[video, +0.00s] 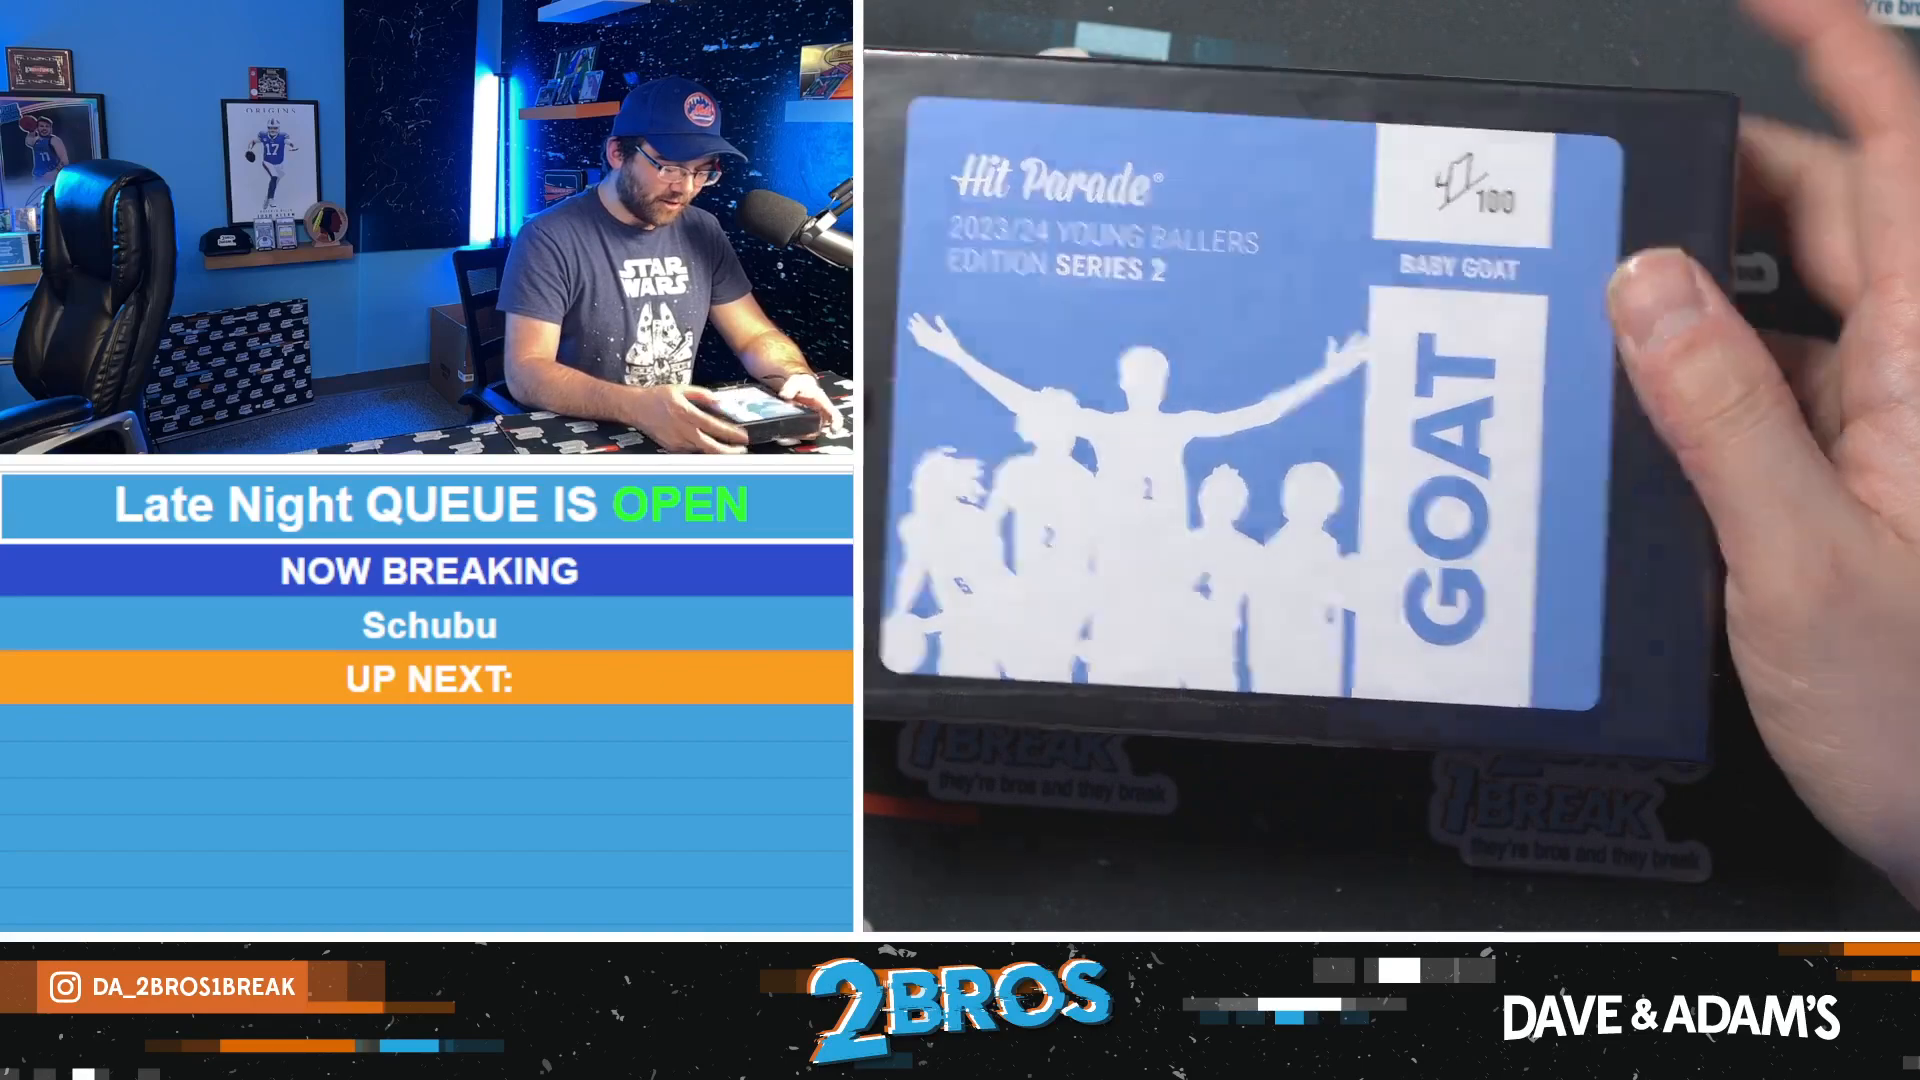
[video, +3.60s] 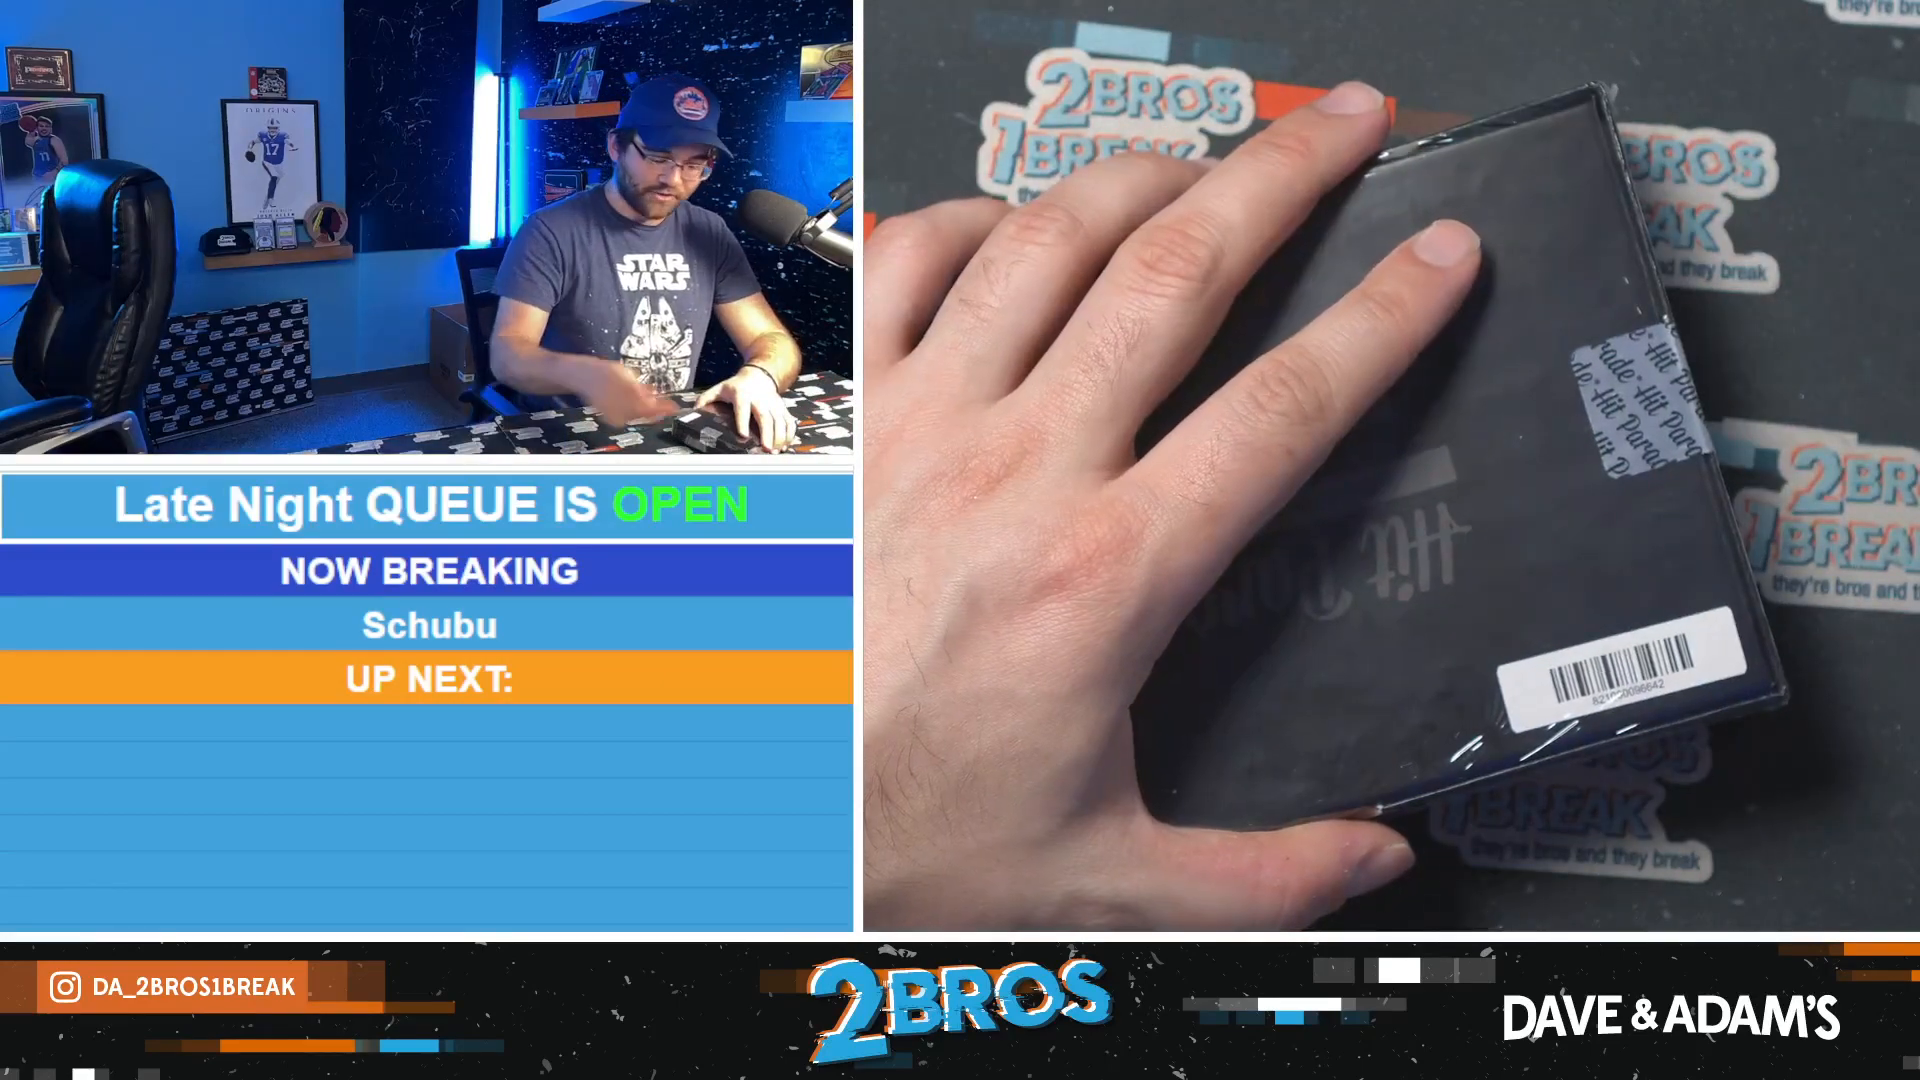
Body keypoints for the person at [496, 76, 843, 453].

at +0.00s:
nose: (685, 188)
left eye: (701, 170)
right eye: (668, 166)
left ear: (712, 168)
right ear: (617, 154)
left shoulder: (703, 233)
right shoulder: (553, 238)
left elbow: (757, 336)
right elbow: (529, 374)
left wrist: (797, 376)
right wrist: (639, 406)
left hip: (685, 461)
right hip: (581, 466)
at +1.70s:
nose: (659, 160)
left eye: (679, 145)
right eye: (642, 140)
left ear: (695, 157)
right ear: (605, 144)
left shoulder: (705, 231)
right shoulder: (552, 238)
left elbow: (757, 334)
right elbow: (523, 373)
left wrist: (793, 372)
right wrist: (612, 384)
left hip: (683, 449)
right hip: (577, 458)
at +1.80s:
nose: (648, 156)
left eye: (670, 141)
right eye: (631, 137)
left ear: (691, 155)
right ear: (602, 144)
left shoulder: (704, 230)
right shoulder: (548, 237)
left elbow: (762, 331)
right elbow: (515, 365)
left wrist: (795, 367)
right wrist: (565, 389)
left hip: (683, 456)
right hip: (580, 464)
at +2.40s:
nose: (604, 151)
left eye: (629, 137)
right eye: (599, 135)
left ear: (680, 153)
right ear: (590, 138)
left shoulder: (709, 233)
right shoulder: (551, 232)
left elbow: (775, 340)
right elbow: (520, 348)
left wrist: (753, 371)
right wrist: (535, 435)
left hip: (682, 448)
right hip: (582, 452)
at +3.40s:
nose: (652, 169)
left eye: (675, 154)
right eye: (637, 147)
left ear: (701, 160)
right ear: (613, 145)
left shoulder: (708, 236)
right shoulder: (552, 235)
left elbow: (771, 341)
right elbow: (503, 344)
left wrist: (760, 376)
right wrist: (509, 401)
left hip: (677, 456)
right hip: (570, 456)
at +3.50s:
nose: (665, 176)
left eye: (687, 161)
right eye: (650, 153)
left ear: (703, 167)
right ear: (614, 145)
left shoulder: (708, 235)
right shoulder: (550, 235)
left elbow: (771, 341)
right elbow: (501, 351)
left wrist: (759, 376)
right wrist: (548, 386)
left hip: (678, 457)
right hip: (575, 463)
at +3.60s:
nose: (673, 180)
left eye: (693, 164)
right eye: (657, 157)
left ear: (708, 168)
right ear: (616, 146)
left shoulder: (708, 235)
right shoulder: (550, 234)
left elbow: (771, 341)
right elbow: (507, 355)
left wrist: (758, 375)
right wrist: (589, 377)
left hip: (679, 457)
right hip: (574, 462)